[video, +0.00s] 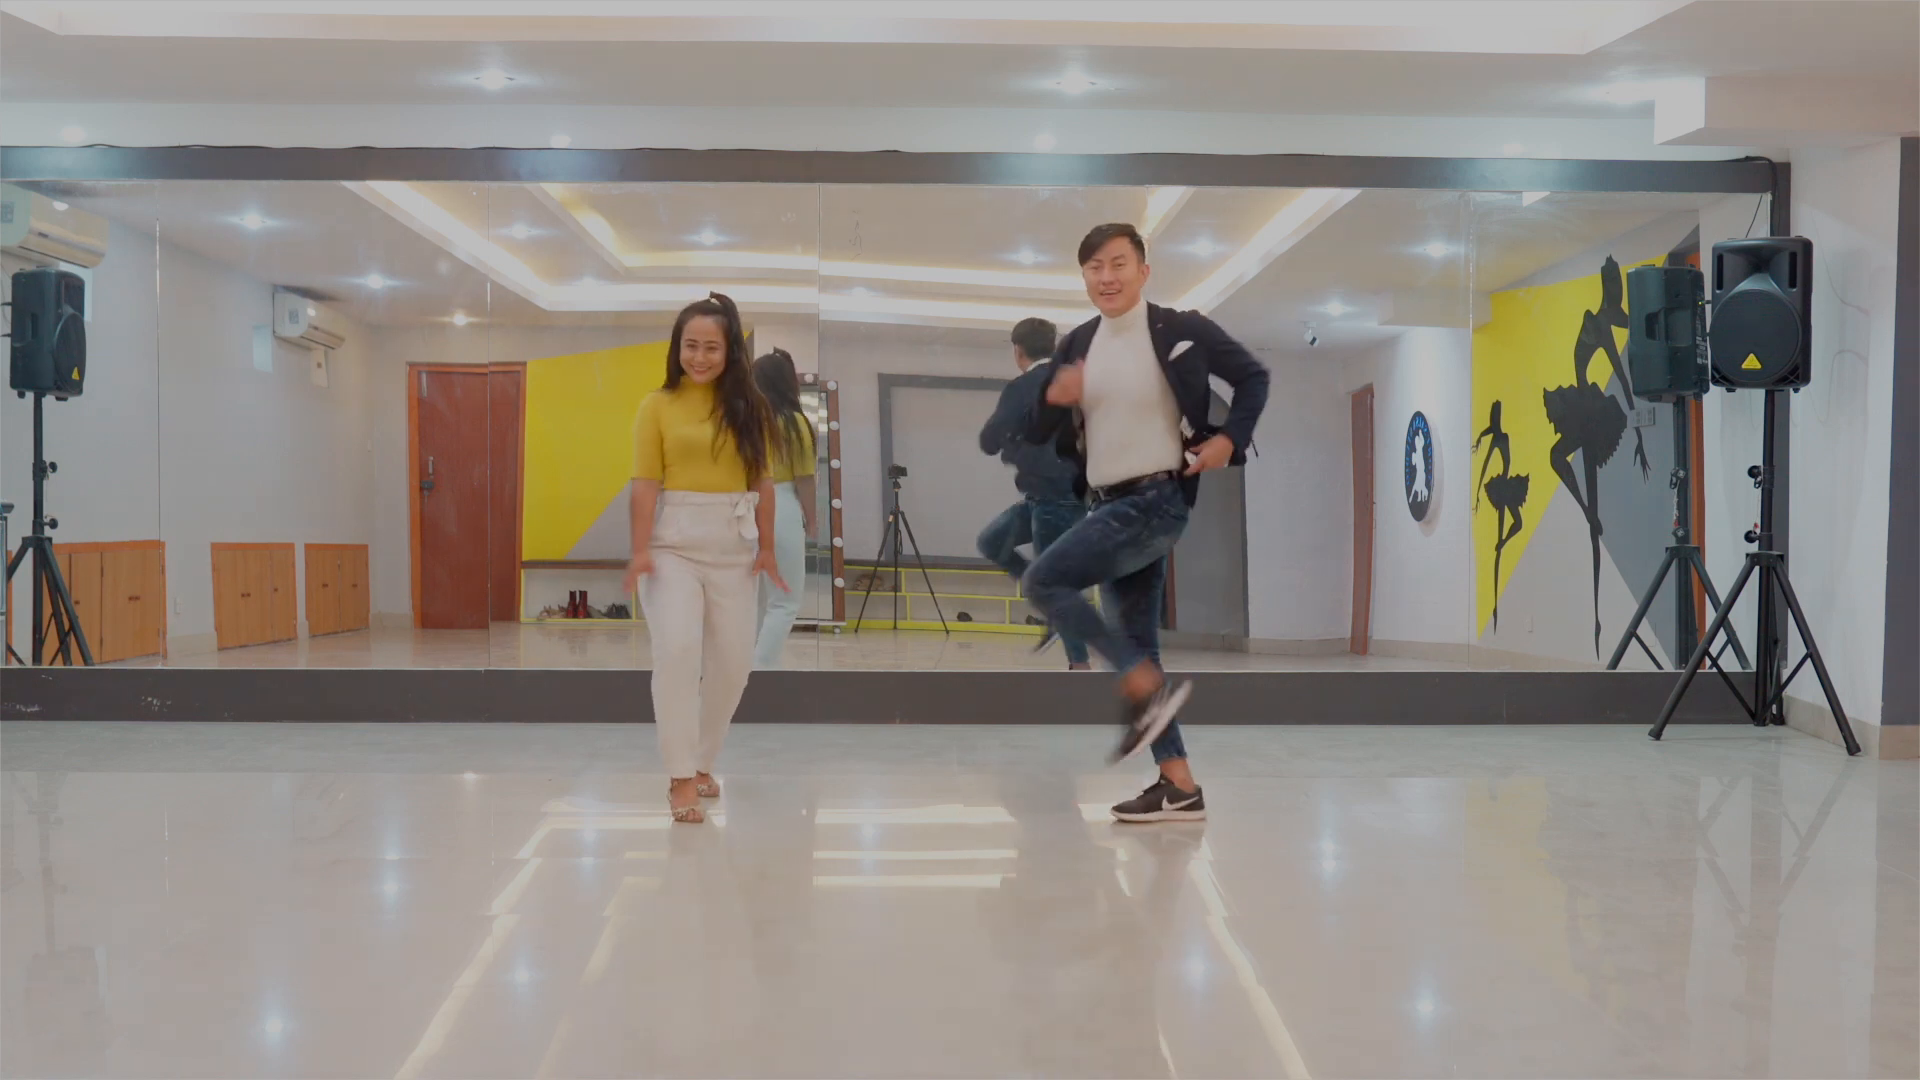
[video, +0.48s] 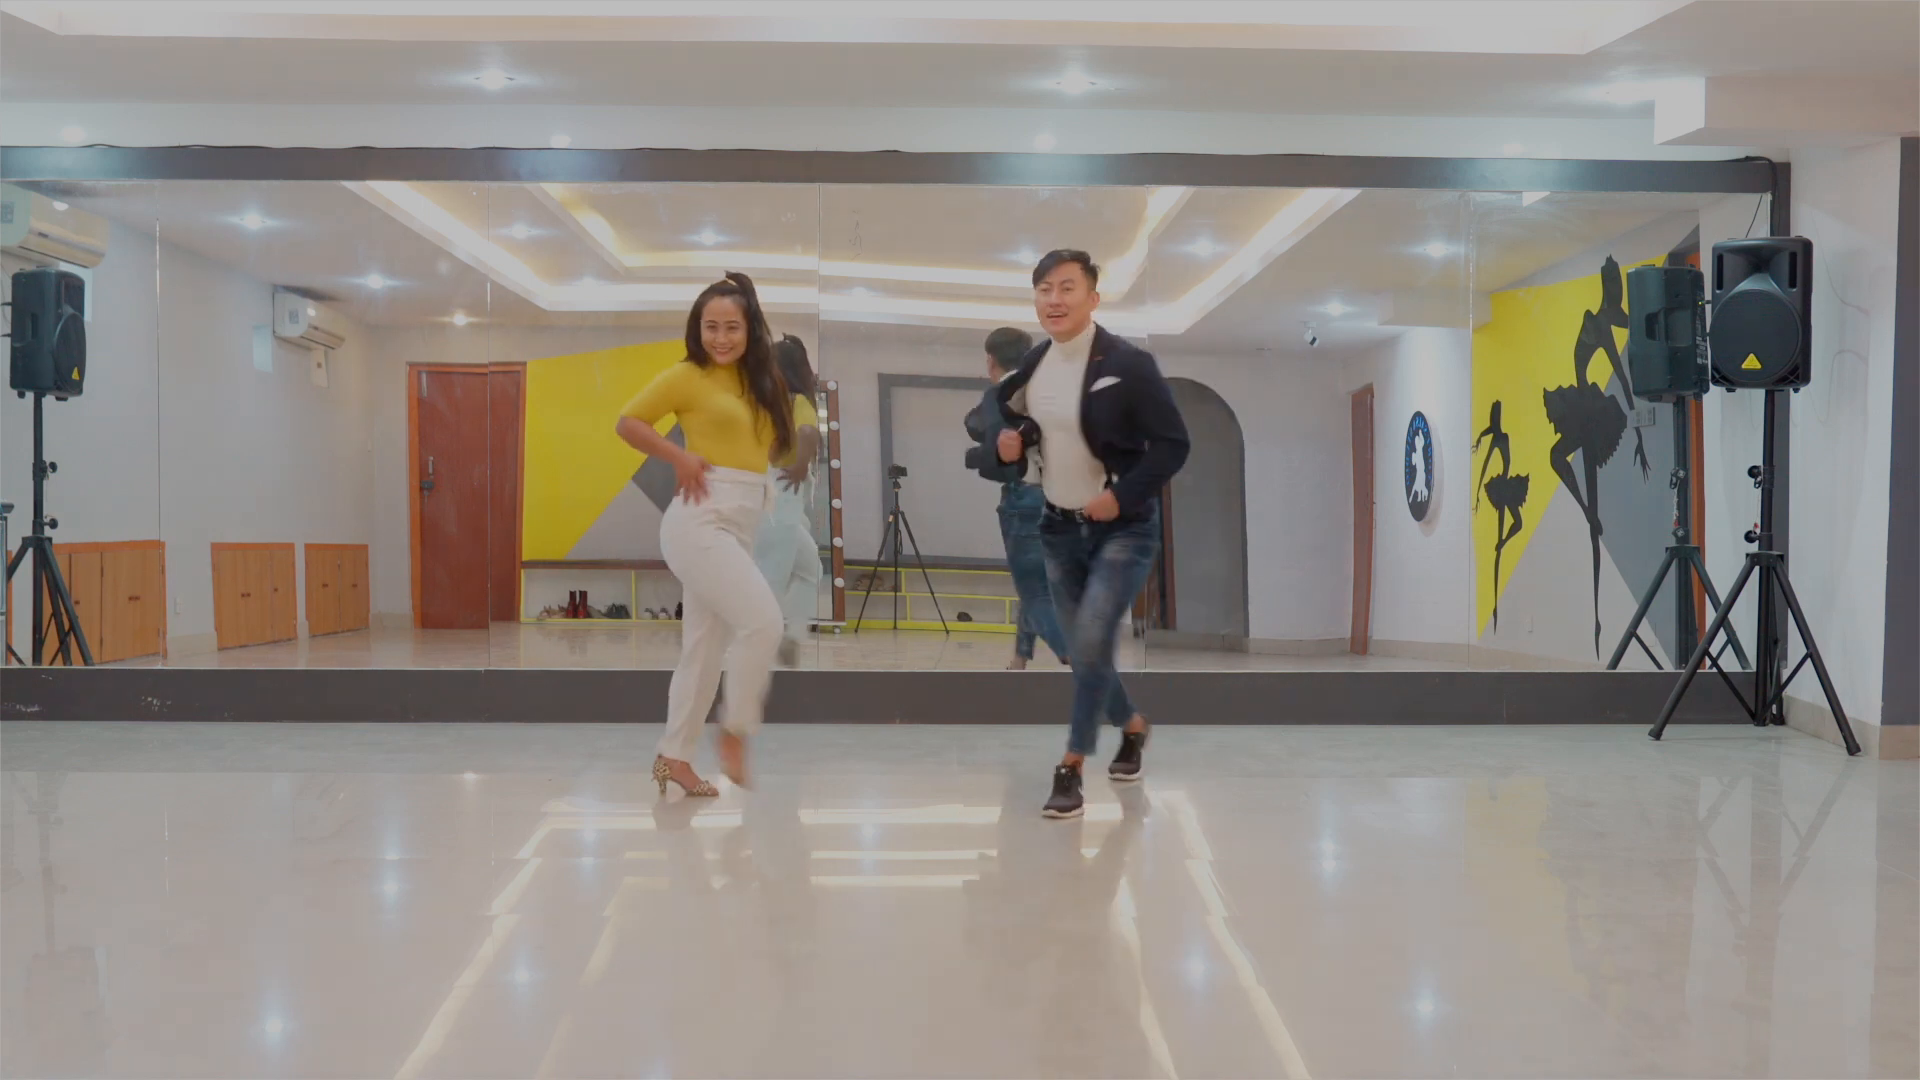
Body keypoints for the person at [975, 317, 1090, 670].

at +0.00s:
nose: (1012, 355)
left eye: (1013, 349)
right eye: (1013, 349)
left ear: (1019, 352)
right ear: (1052, 346)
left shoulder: (1022, 388)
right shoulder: (1073, 377)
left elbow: (989, 441)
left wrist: (1011, 420)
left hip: (1052, 501)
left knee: (1055, 582)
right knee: (991, 543)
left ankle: (1079, 663)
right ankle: (1052, 605)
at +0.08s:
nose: (1013, 356)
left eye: (1013, 350)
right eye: (1015, 350)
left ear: (1019, 352)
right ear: (1052, 351)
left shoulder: (1012, 390)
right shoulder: (1069, 381)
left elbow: (976, 444)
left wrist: (1005, 454)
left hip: (1049, 505)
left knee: (1053, 591)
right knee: (993, 553)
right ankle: (1020, 633)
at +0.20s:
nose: (1008, 356)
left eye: (1008, 350)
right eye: (1010, 350)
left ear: (1012, 349)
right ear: (1047, 347)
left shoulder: (1005, 386)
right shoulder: (1067, 375)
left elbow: (953, 436)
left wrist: (973, 480)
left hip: (1037, 491)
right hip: (1080, 486)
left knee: (1032, 575)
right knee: (1033, 570)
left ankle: (1074, 654)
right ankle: (1029, 649)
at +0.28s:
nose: (999, 357)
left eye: (1002, 349)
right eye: (1004, 349)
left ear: (1005, 350)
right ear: (1037, 345)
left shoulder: (1000, 380)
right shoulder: (1056, 374)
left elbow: (957, 420)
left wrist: (975, 471)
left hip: (1036, 501)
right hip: (1073, 499)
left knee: (1012, 587)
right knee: (1047, 583)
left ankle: (1072, 647)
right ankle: (1031, 661)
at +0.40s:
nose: (988, 364)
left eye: (989, 359)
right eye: (988, 359)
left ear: (996, 361)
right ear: (1029, 358)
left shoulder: (1000, 391)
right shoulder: (1048, 385)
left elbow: (986, 438)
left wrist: (979, 468)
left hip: (1023, 497)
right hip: (1061, 493)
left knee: (1026, 580)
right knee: (1046, 579)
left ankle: (1057, 643)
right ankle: (1027, 658)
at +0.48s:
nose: (986, 366)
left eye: (987, 359)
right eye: (986, 359)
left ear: (993, 361)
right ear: (1025, 359)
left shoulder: (999, 395)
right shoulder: (1041, 388)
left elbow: (1001, 460)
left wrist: (974, 457)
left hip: (1022, 493)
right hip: (1054, 490)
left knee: (1032, 586)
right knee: (1034, 579)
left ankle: (1074, 657)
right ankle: (1020, 657)